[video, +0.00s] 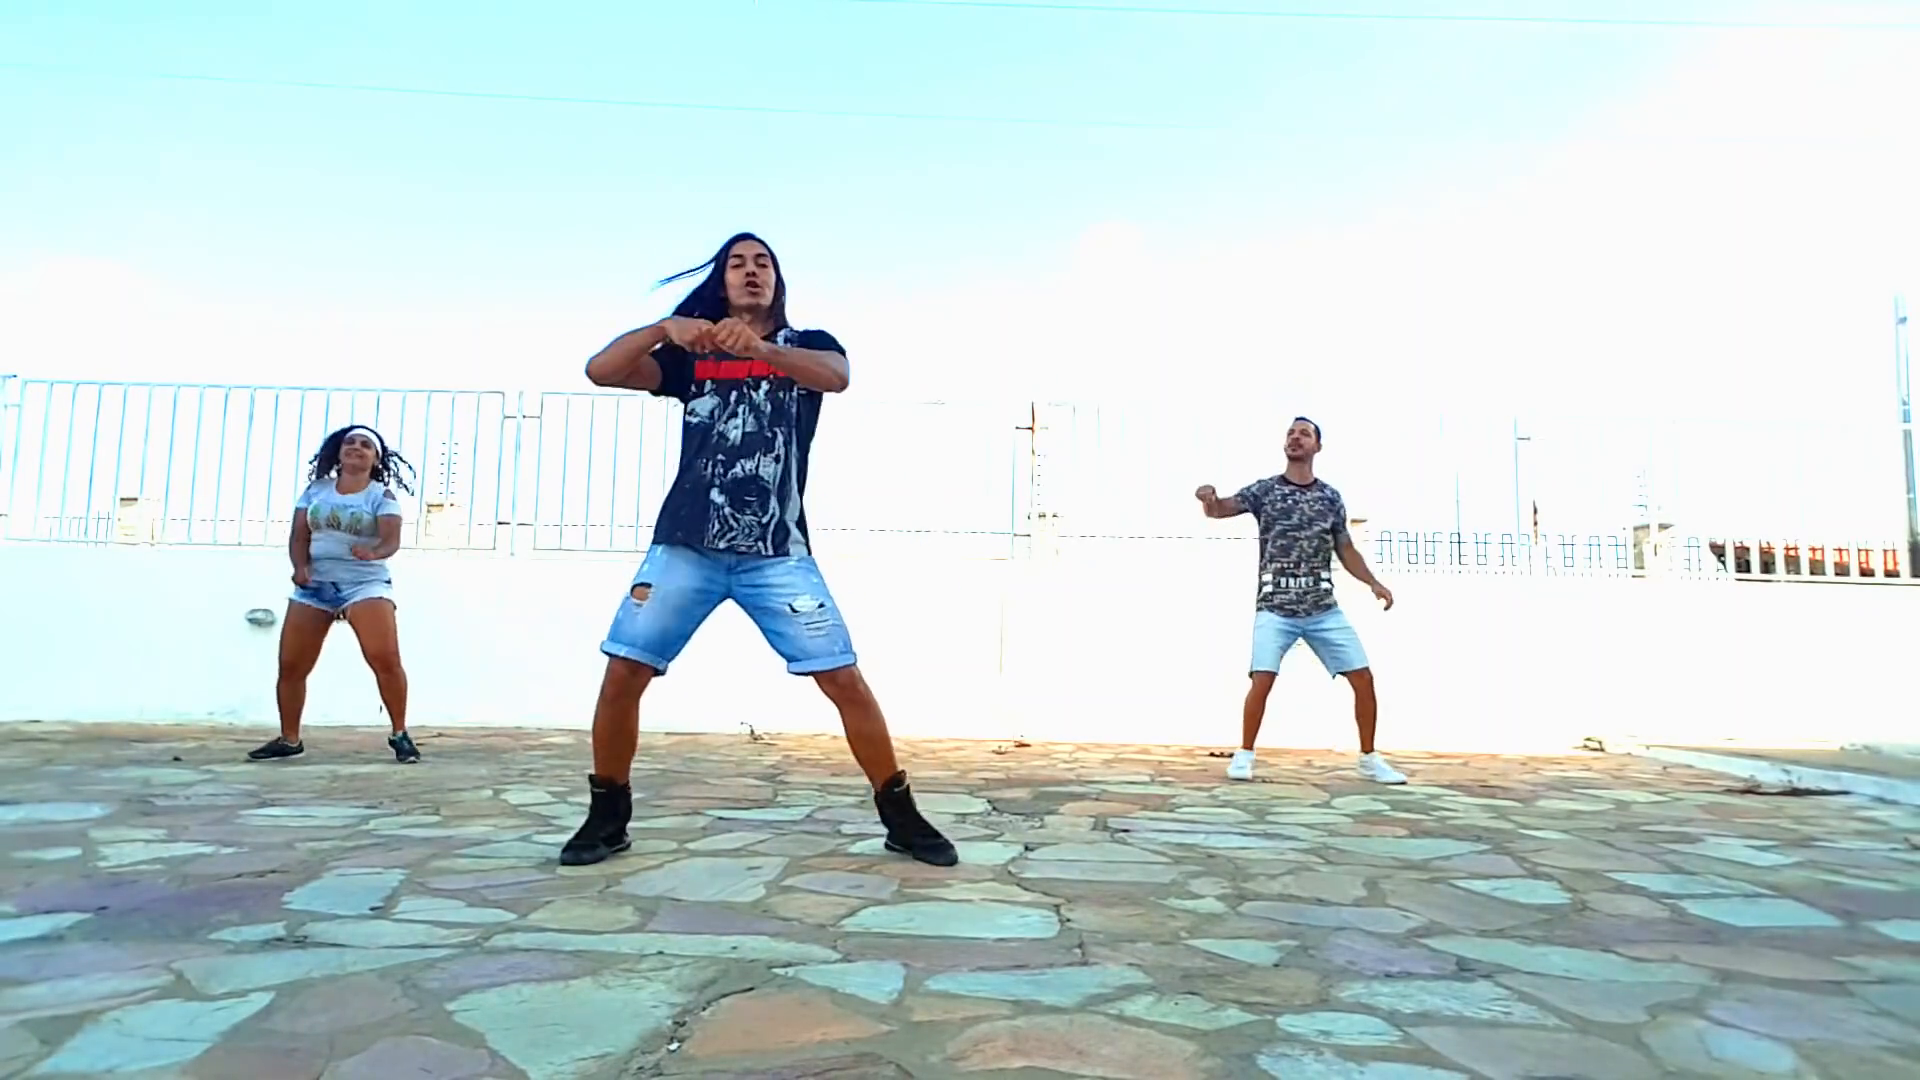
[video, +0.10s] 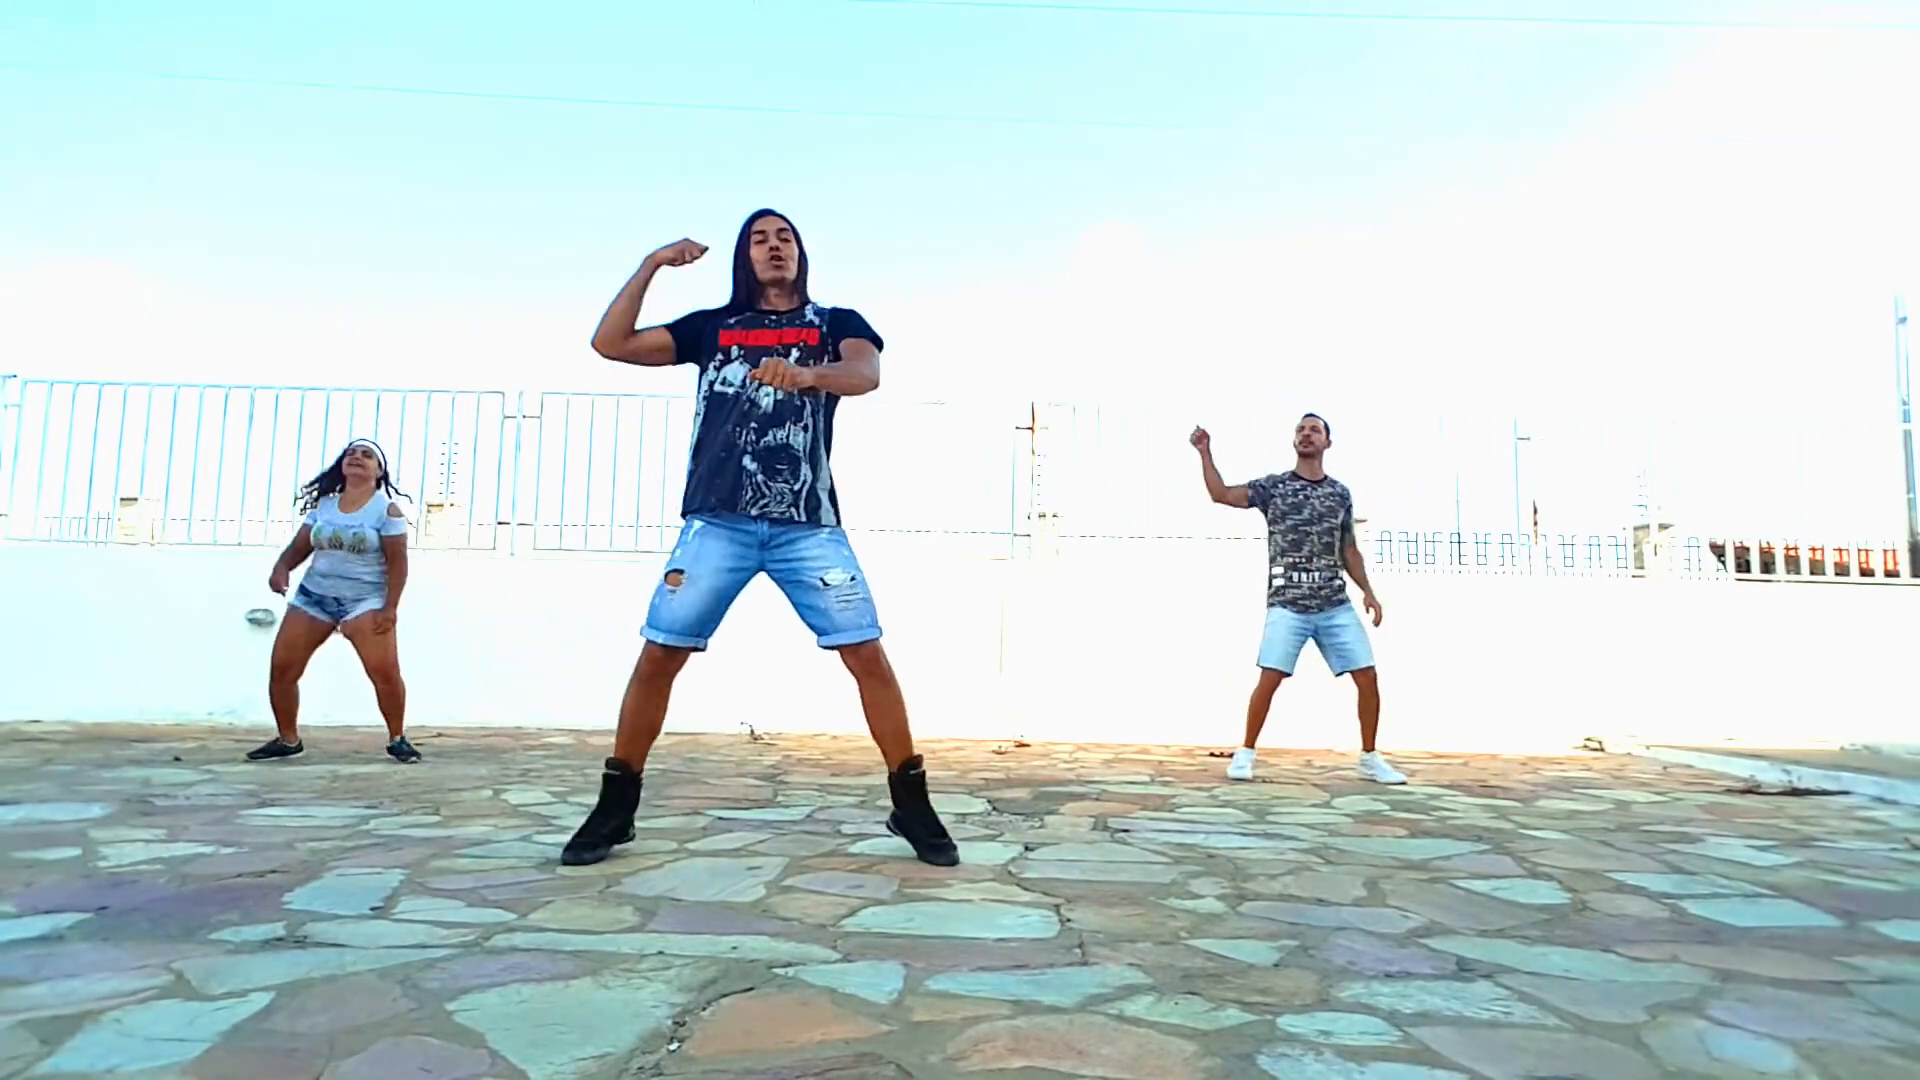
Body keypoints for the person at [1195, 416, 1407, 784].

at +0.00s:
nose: (1296, 437)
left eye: (1305, 433)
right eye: (1291, 432)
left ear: (1317, 447)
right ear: (1284, 444)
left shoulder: (1330, 498)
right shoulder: (1265, 490)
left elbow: (1346, 549)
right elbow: (1219, 510)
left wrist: (1373, 583)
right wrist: (1209, 499)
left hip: (1322, 609)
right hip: (1275, 608)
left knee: (1362, 676)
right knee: (1263, 677)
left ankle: (1369, 757)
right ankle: (1245, 754)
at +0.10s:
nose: (1307, 434)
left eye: (1315, 430)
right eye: (1302, 430)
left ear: (1327, 443)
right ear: (1293, 441)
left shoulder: (1339, 494)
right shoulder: (1273, 486)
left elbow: (1348, 549)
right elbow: (1221, 494)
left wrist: (1368, 592)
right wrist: (1205, 454)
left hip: (1335, 604)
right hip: (1287, 604)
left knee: (1367, 675)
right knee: (1271, 676)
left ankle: (1370, 756)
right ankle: (1246, 752)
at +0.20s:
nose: (1316, 414)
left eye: (1323, 409)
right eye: (1310, 409)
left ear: (1336, 419)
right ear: (1302, 418)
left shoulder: (1348, 470)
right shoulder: (1282, 456)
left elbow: (1358, 525)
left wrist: (1370, 572)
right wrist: (1195, 401)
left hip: (1347, 576)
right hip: (1301, 575)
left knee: (1371, 655)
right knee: (1280, 656)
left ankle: (1380, 745)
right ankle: (1255, 742)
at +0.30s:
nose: (1325, 410)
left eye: (1332, 404)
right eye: (1319, 405)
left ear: (1345, 414)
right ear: (1311, 413)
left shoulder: (1356, 466)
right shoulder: (1292, 447)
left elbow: (1367, 521)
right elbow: (1253, 411)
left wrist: (1379, 566)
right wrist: (1231, 374)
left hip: (1352, 571)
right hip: (1308, 570)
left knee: (1382, 646)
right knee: (1293, 650)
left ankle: (1393, 737)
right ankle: (1273, 736)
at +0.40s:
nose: (1338, 426)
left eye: (1345, 421)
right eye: (1332, 420)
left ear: (1357, 430)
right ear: (1322, 427)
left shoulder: (1366, 482)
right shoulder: (1301, 462)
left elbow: (1377, 537)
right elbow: (1261, 427)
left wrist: (1390, 580)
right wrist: (1282, 386)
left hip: (1357, 587)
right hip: (1313, 584)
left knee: (1397, 660)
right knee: (1304, 663)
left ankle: (1408, 748)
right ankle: (1287, 747)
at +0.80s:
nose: (1389, 422)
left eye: (1396, 416)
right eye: (1383, 415)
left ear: (1406, 423)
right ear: (1372, 420)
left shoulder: (1418, 471)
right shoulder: (1352, 457)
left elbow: (1433, 524)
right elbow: (1316, 418)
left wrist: (1449, 565)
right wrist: (1339, 372)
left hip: (1412, 577)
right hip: (1366, 576)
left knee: (1449, 652)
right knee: (1353, 655)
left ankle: (1463, 740)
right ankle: (1341, 743)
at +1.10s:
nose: (1432, 429)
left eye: (1439, 423)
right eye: (1426, 423)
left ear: (1448, 431)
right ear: (1415, 431)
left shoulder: (1466, 478)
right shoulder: (1398, 470)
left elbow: (1486, 528)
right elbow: (1361, 436)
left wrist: (1500, 566)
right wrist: (1364, 397)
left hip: (1466, 588)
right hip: (1418, 587)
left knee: (1494, 665)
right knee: (1393, 663)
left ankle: (1493, 753)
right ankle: (1362, 747)